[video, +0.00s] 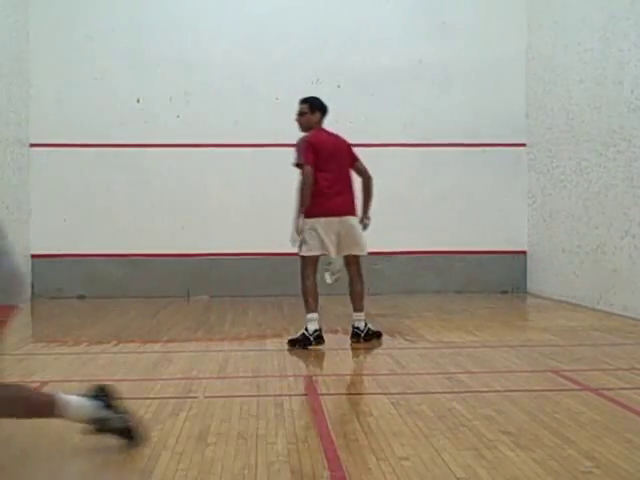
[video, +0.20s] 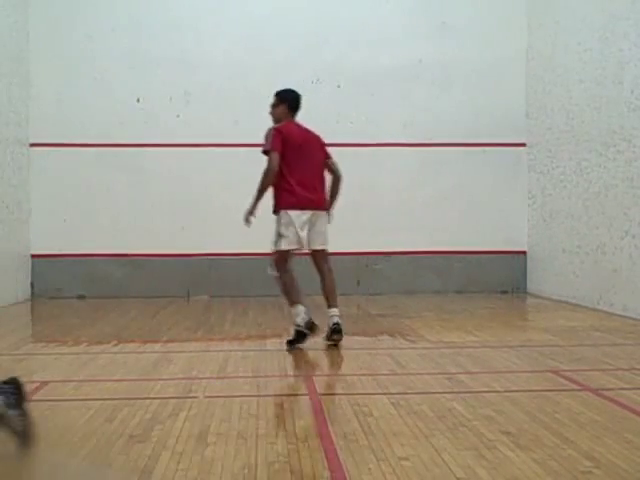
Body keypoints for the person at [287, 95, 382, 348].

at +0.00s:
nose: (298, 119)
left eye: (303, 114)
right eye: (298, 114)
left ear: (317, 115)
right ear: (320, 117)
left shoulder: (306, 142)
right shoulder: (341, 142)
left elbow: (308, 176)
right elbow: (366, 176)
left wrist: (301, 213)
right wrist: (365, 212)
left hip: (317, 215)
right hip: (346, 214)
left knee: (308, 271)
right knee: (354, 268)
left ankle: (312, 328)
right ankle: (360, 326)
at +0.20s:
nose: (271, 110)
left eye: (275, 106)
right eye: (272, 105)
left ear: (285, 108)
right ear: (293, 110)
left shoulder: (276, 132)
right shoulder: (312, 136)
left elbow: (273, 168)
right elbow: (336, 174)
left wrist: (254, 204)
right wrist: (329, 203)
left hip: (291, 207)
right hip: (318, 207)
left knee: (281, 263)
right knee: (322, 261)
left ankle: (301, 319)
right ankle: (335, 320)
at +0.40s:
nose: (241, 129)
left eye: (243, 125)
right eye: (243, 125)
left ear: (247, 126)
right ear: (263, 127)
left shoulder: (249, 149)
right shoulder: (279, 152)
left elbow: (246, 184)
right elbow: (296, 194)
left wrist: (222, 215)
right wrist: (265, 194)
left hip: (266, 221)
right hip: (293, 220)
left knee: (222, 258)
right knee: (306, 275)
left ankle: (227, 321)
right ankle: (329, 328)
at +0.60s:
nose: (186, 133)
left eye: (186, 129)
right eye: (188, 129)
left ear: (189, 130)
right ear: (207, 130)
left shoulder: (197, 152)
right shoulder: (219, 154)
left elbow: (201, 189)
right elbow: (224, 203)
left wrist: (187, 221)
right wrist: (196, 218)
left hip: (220, 224)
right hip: (241, 223)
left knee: (187, 267)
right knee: (241, 276)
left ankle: (185, 329)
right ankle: (286, 308)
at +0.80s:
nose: (140, 143)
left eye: (141, 138)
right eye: (140, 138)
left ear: (144, 137)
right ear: (160, 135)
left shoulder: (163, 155)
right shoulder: (161, 157)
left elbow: (151, 200)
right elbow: (151, 205)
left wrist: (125, 210)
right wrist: (128, 212)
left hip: (193, 223)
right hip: (185, 222)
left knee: (161, 271)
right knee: (154, 267)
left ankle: (183, 328)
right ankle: (181, 324)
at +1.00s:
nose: (98, 156)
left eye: (98, 151)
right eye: (98, 152)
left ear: (102, 150)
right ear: (117, 147)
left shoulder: (123, 163)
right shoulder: (113, 170)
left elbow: (93, 185)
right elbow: (81, 183)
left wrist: (63, 197)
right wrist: (83, 151)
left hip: (158, 231)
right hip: (145, 233)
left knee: (131, 283)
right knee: (112, 272)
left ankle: (177, 325)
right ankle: (78, 324)